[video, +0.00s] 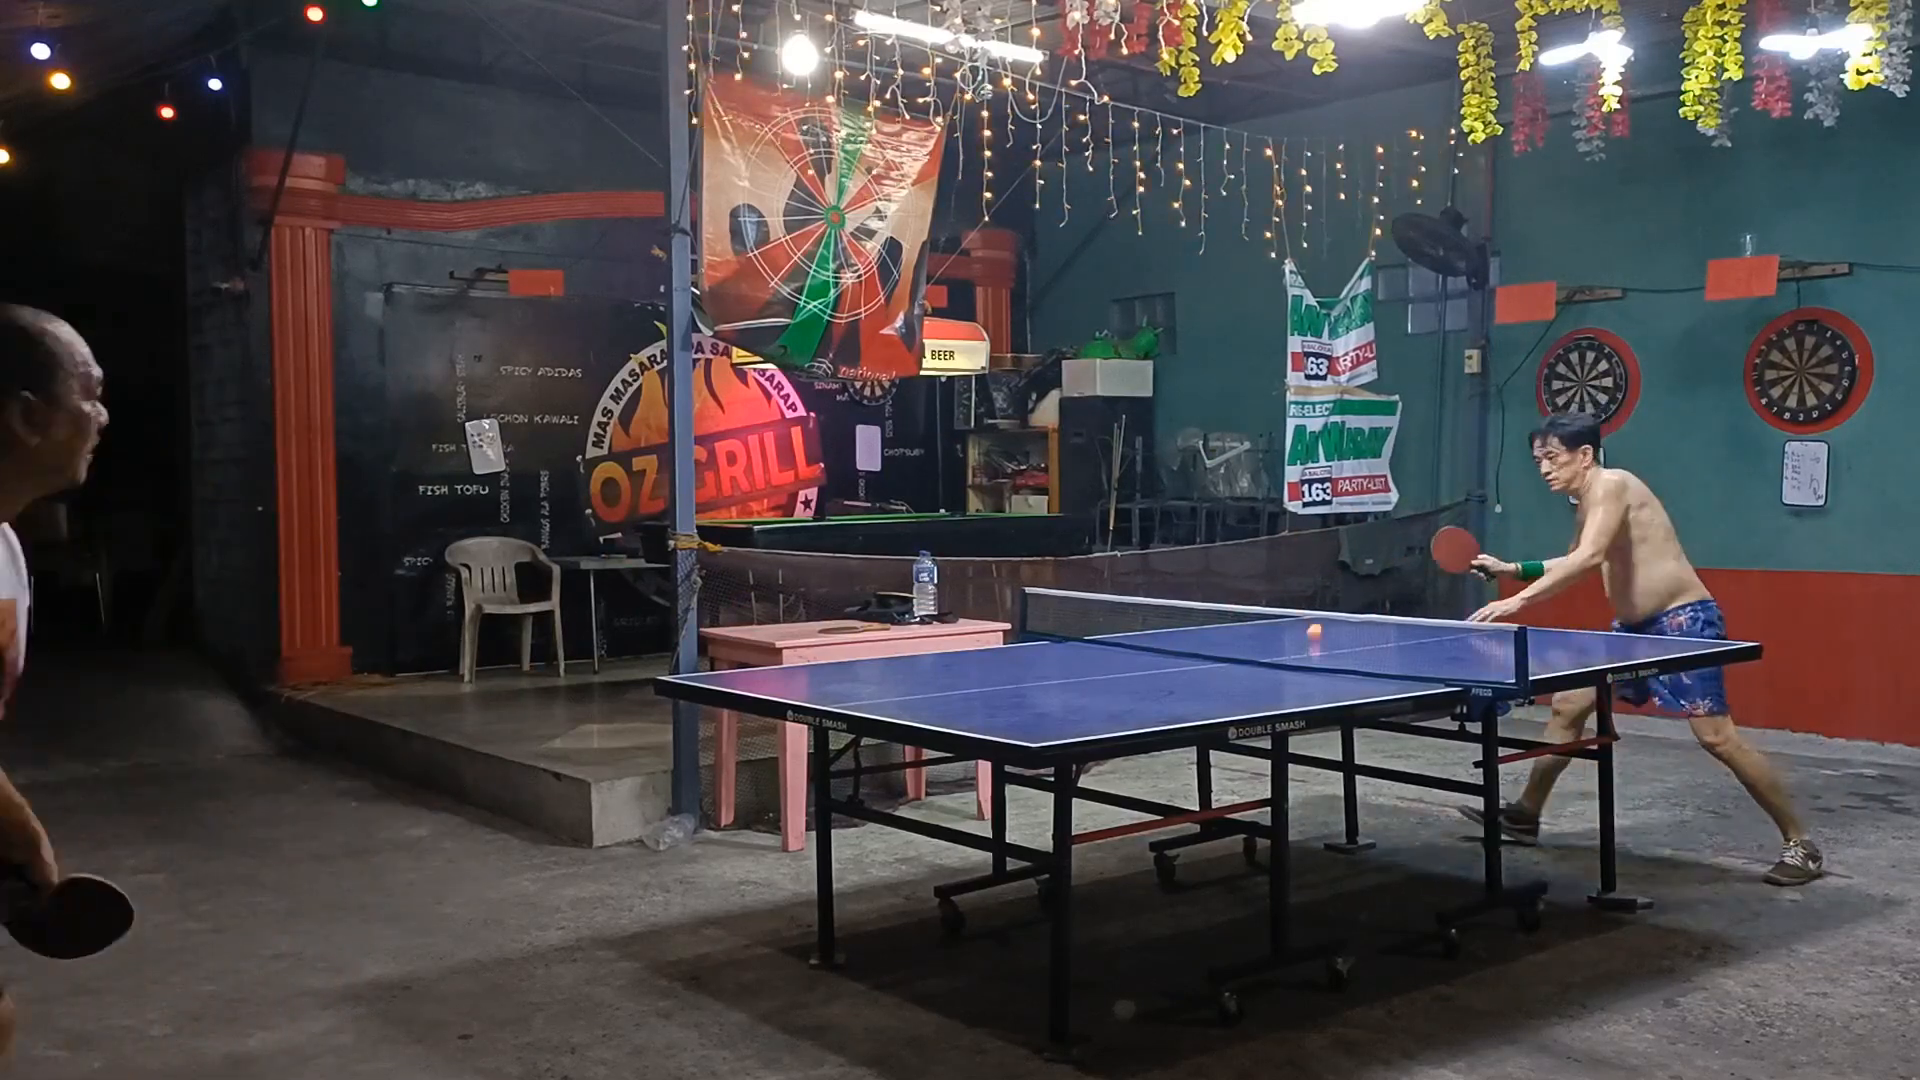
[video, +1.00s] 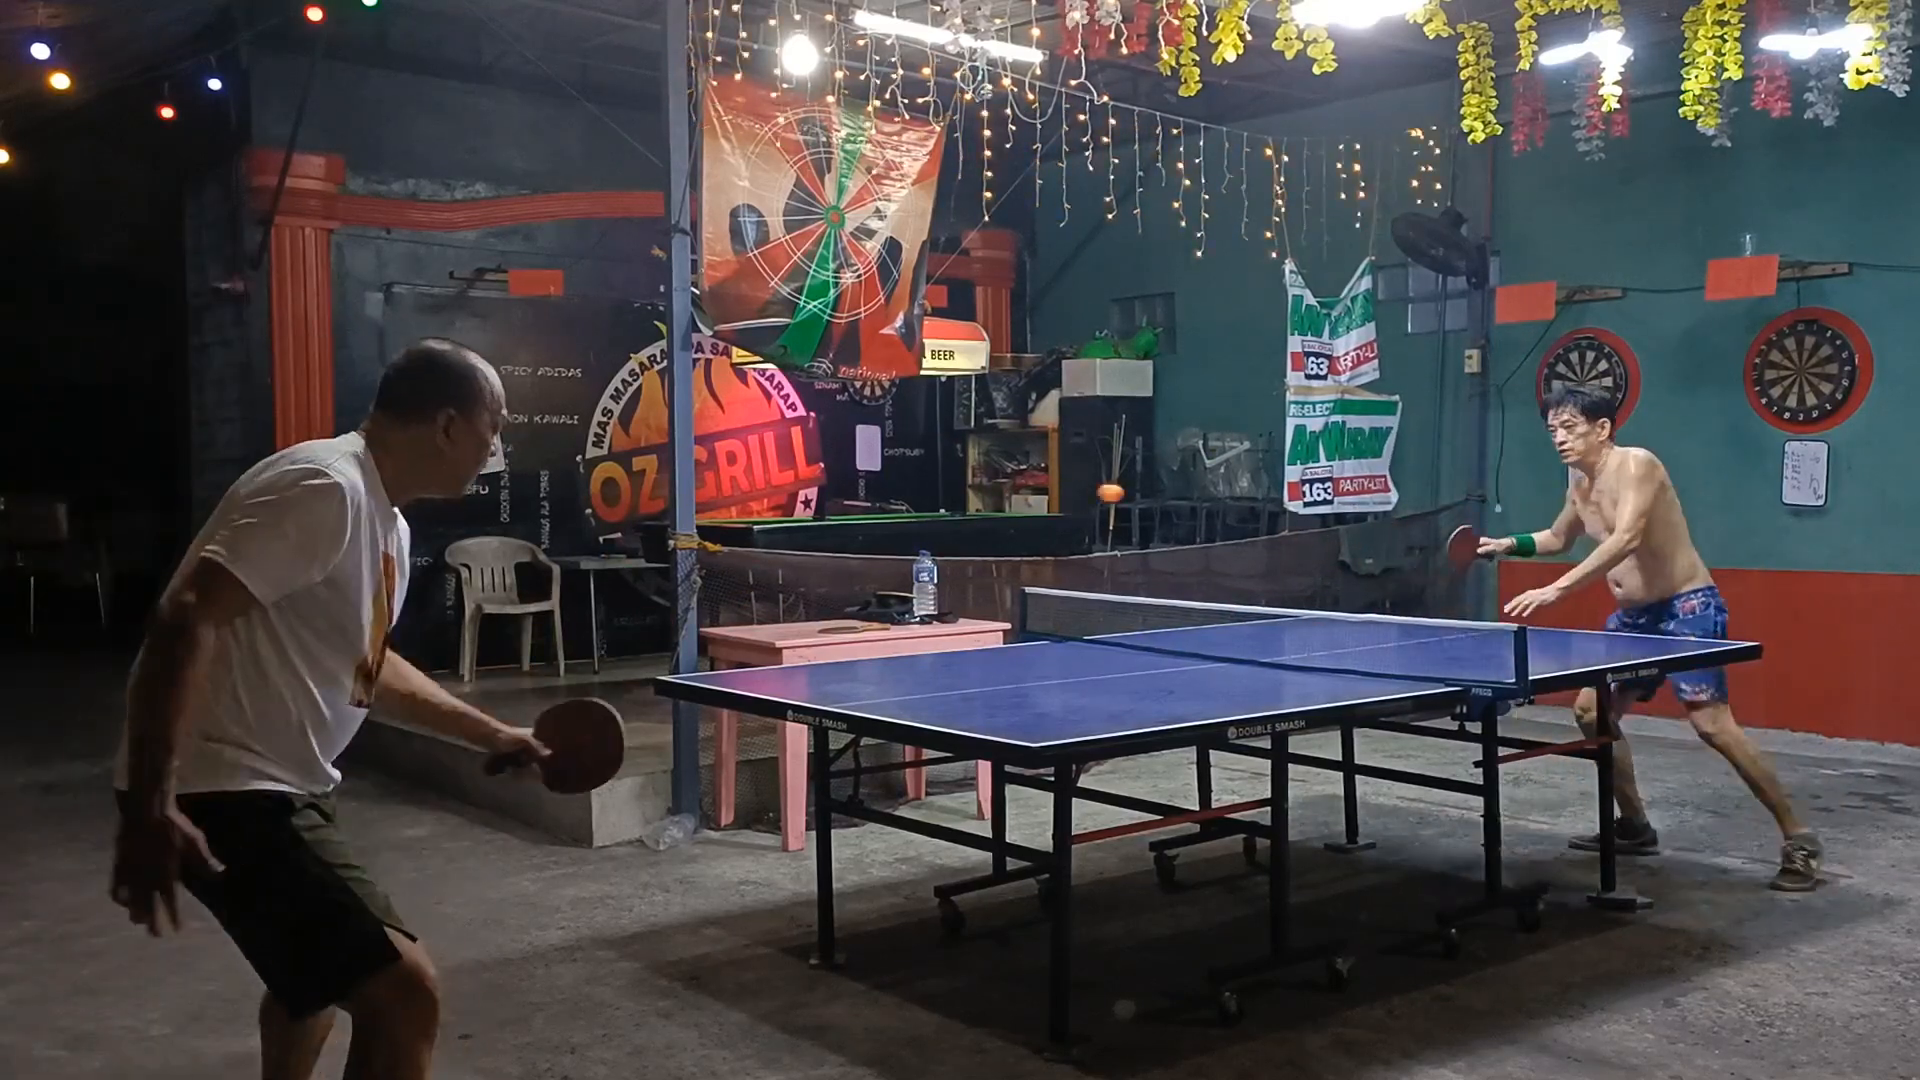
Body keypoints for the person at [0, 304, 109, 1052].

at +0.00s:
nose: (102, 419)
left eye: (98, 397)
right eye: (89, 397)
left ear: (32, 416)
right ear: (26, 415)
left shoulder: (12, 553)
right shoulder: (5, 557)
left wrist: (25, 835)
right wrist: (25, 833)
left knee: (1, 1021)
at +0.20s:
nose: (203, 351)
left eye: (199, 332)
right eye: (189, 332)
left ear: (134, 354)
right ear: (139, 353)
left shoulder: (66, 449)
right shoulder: (69, 467)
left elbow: (40, 661)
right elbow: (6, 645)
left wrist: (110, 800)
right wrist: (67, 826)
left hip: (58, 833)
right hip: (34, 843)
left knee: (103, 994)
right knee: (48, 1039)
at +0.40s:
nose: (313, 352)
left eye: (311, 333)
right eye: (305, 332)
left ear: (245, 346)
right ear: (260, 346)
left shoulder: (181, 438)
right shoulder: (189, 447)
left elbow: (178, 634)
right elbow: (132, 623)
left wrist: (277, 749)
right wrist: (266, 775)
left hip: (137, 771)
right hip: (135, 780)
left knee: (249, 974)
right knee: (339, 997)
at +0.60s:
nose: (433, 465)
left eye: (435, 447)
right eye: (429, 445)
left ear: (362, 440)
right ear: (380, 443)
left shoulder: (299, 523)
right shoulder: (288, 531)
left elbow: (323, 703)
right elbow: (254, 714)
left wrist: (434, 754)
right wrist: (384, 830)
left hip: (239, 813)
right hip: (222, 826)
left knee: (350, 949)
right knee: (460, 991)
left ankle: (293, 1072)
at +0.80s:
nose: (502, 476)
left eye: (507, 457)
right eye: (501, 454)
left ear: (449, 444)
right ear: (455, 443)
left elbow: (400, 673)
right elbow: (212, 647)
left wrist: (559, 695)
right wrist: (305, 799)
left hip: (266, 777)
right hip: (204, 777)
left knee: (330, 997)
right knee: (411, 985)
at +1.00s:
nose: (498, 451)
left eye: (500, 432)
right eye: (494, 429)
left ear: (437, 424)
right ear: (447, 425)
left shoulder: (385, 520)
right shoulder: (323, 489)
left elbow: (368, 668)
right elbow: (184, 615)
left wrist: (494, 734)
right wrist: (150, 803)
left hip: (291, 788)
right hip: (230, 790)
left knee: (306, 989)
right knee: (403, 995)